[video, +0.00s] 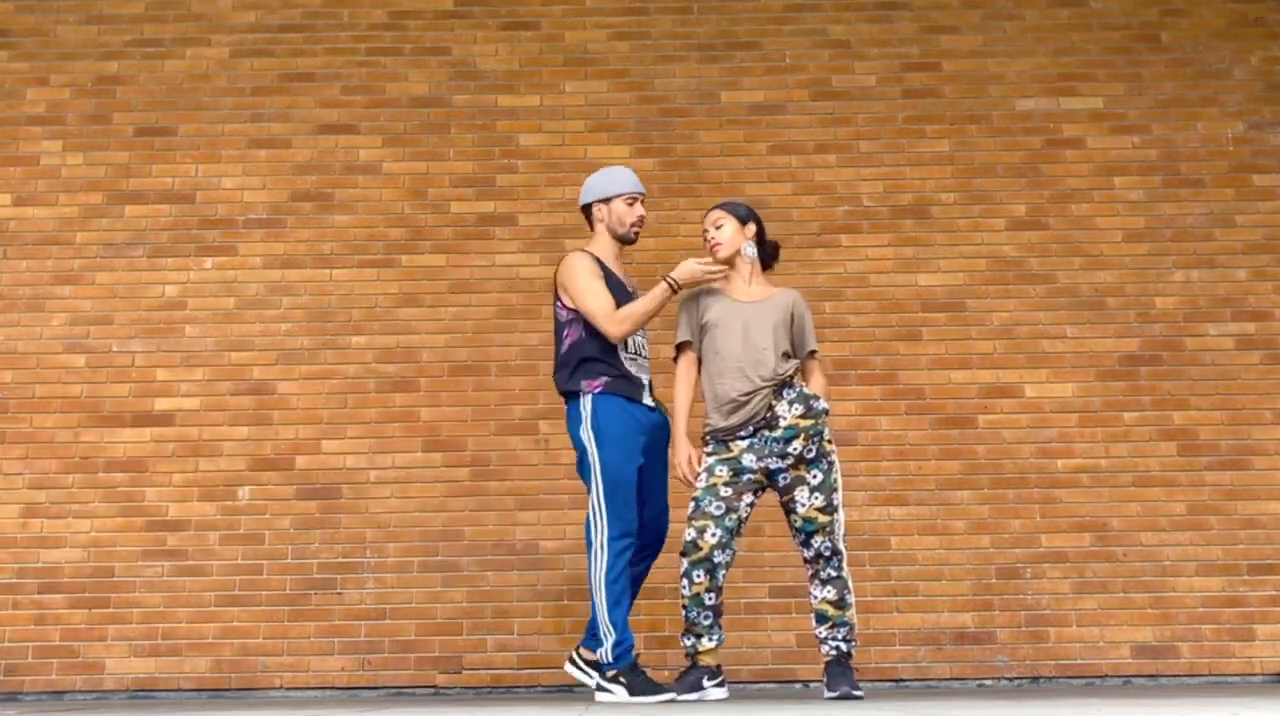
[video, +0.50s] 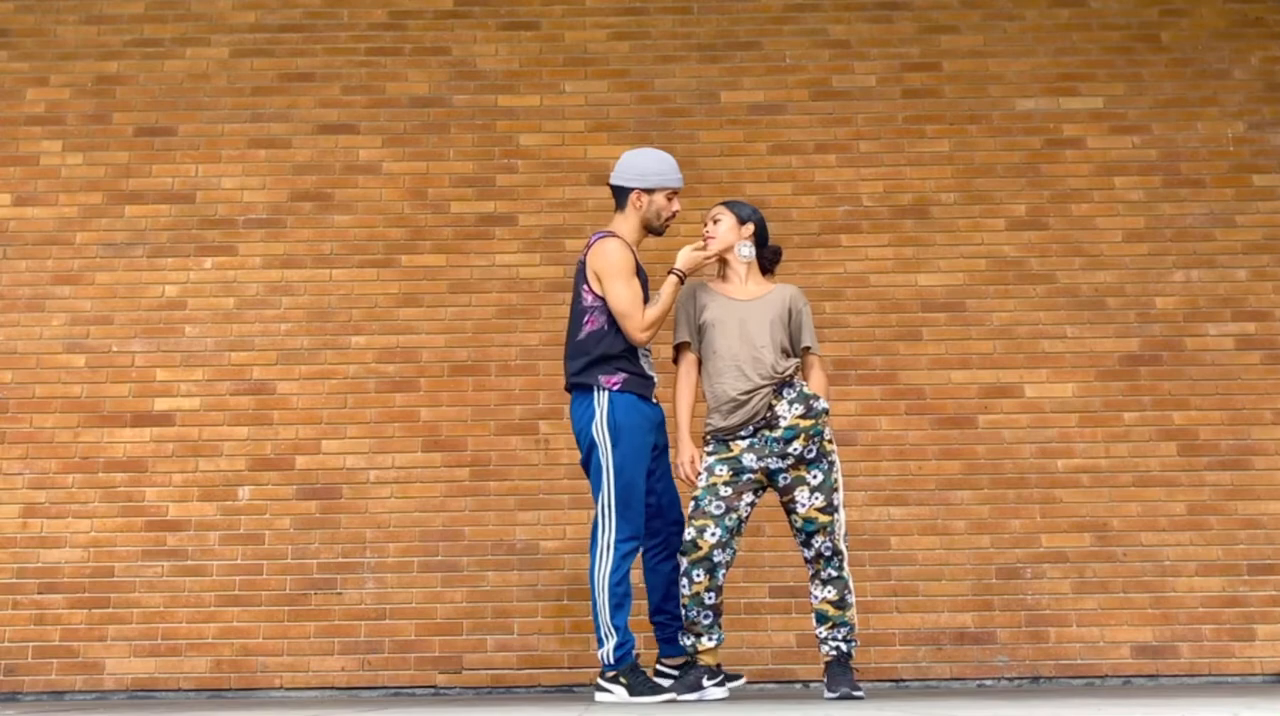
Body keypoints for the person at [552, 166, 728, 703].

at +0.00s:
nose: (640, 212)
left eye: (641, 204)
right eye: (629, 202)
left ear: (630, 214)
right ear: (597, 211)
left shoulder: (622, 282)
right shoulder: (576, 264)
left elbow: (629, 366)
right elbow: (613, 325)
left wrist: (657, 410)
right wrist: (672, 282)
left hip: (643, 413)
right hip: (603, 409)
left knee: (651, 531)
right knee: (617, 530)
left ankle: (593, 651)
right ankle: (617, 662)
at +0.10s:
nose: (651, 209)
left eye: (651, 200)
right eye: (641, 199)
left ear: (626, 207)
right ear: (608, 204)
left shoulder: (617, 271)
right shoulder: (587, 258)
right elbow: (626, 325)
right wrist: (682, 281)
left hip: (638, 409)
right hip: (606, 405)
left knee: (664, 527)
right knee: (619, 529)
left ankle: (604, 640)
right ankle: (616, 666)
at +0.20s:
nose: (661, 207)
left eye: (660, 197)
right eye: (652, 197)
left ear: (626, 203)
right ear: (621, 199)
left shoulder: (615, 260)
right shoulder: (597, 253)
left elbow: (628, 339)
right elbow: (632, 325)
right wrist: (683, 276)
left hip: (635, 403)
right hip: (611, 401)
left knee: (662, 526)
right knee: (624, 526)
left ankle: (633, 653)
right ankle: (619, 662)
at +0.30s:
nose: (666, 208)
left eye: (666, 198)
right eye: (659, 197)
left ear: (630, 201)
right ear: (628, 198)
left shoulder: (618, 255)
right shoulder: (604, 250)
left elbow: (636, 331)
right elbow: (636, 327)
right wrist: (681, 276)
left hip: (632, 401)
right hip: (613, 401)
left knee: (652, 531)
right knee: (623, 529)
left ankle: (663, 660)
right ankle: (617, 667)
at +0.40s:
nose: (672, 207)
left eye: (672, 197)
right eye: (664, 196)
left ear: (636, 199)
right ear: (634, 196)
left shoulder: (624, 253)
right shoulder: (608, 249)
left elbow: (635, 333)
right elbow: (637, 327)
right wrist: (679, 274)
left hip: (630, 403)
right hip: (611, 403)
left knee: (654, 531)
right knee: (621, 531)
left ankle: (678, 659)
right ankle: (617, 667)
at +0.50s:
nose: (677, 208)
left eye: (678, 198)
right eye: (669, 197)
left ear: (642, 200)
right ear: (639, 196)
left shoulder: (628, 254)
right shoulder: (609, 249)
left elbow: (629, 338)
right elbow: (637, 329)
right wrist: (678, 274)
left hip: (636, 404)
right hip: (609, 403)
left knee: (664, 527)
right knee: (618, 531)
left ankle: (675, 657)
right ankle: (616, 666)